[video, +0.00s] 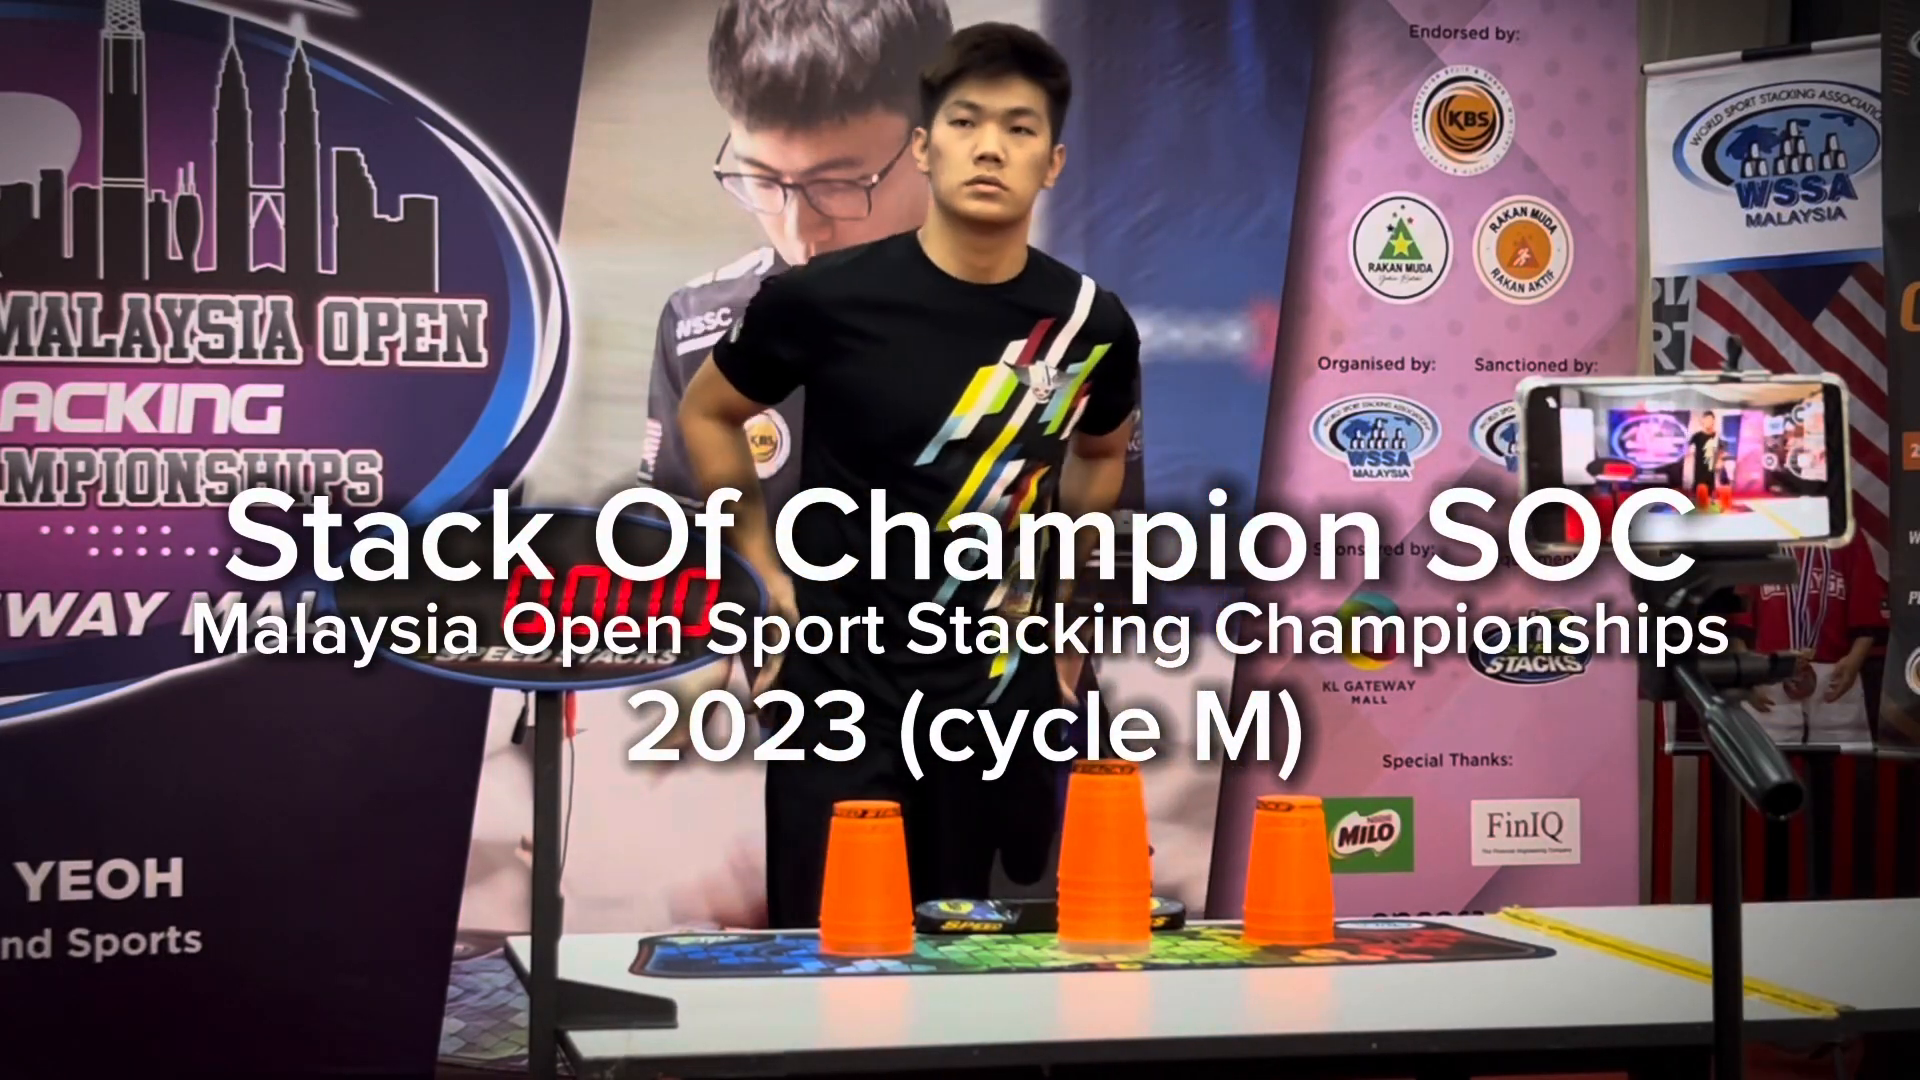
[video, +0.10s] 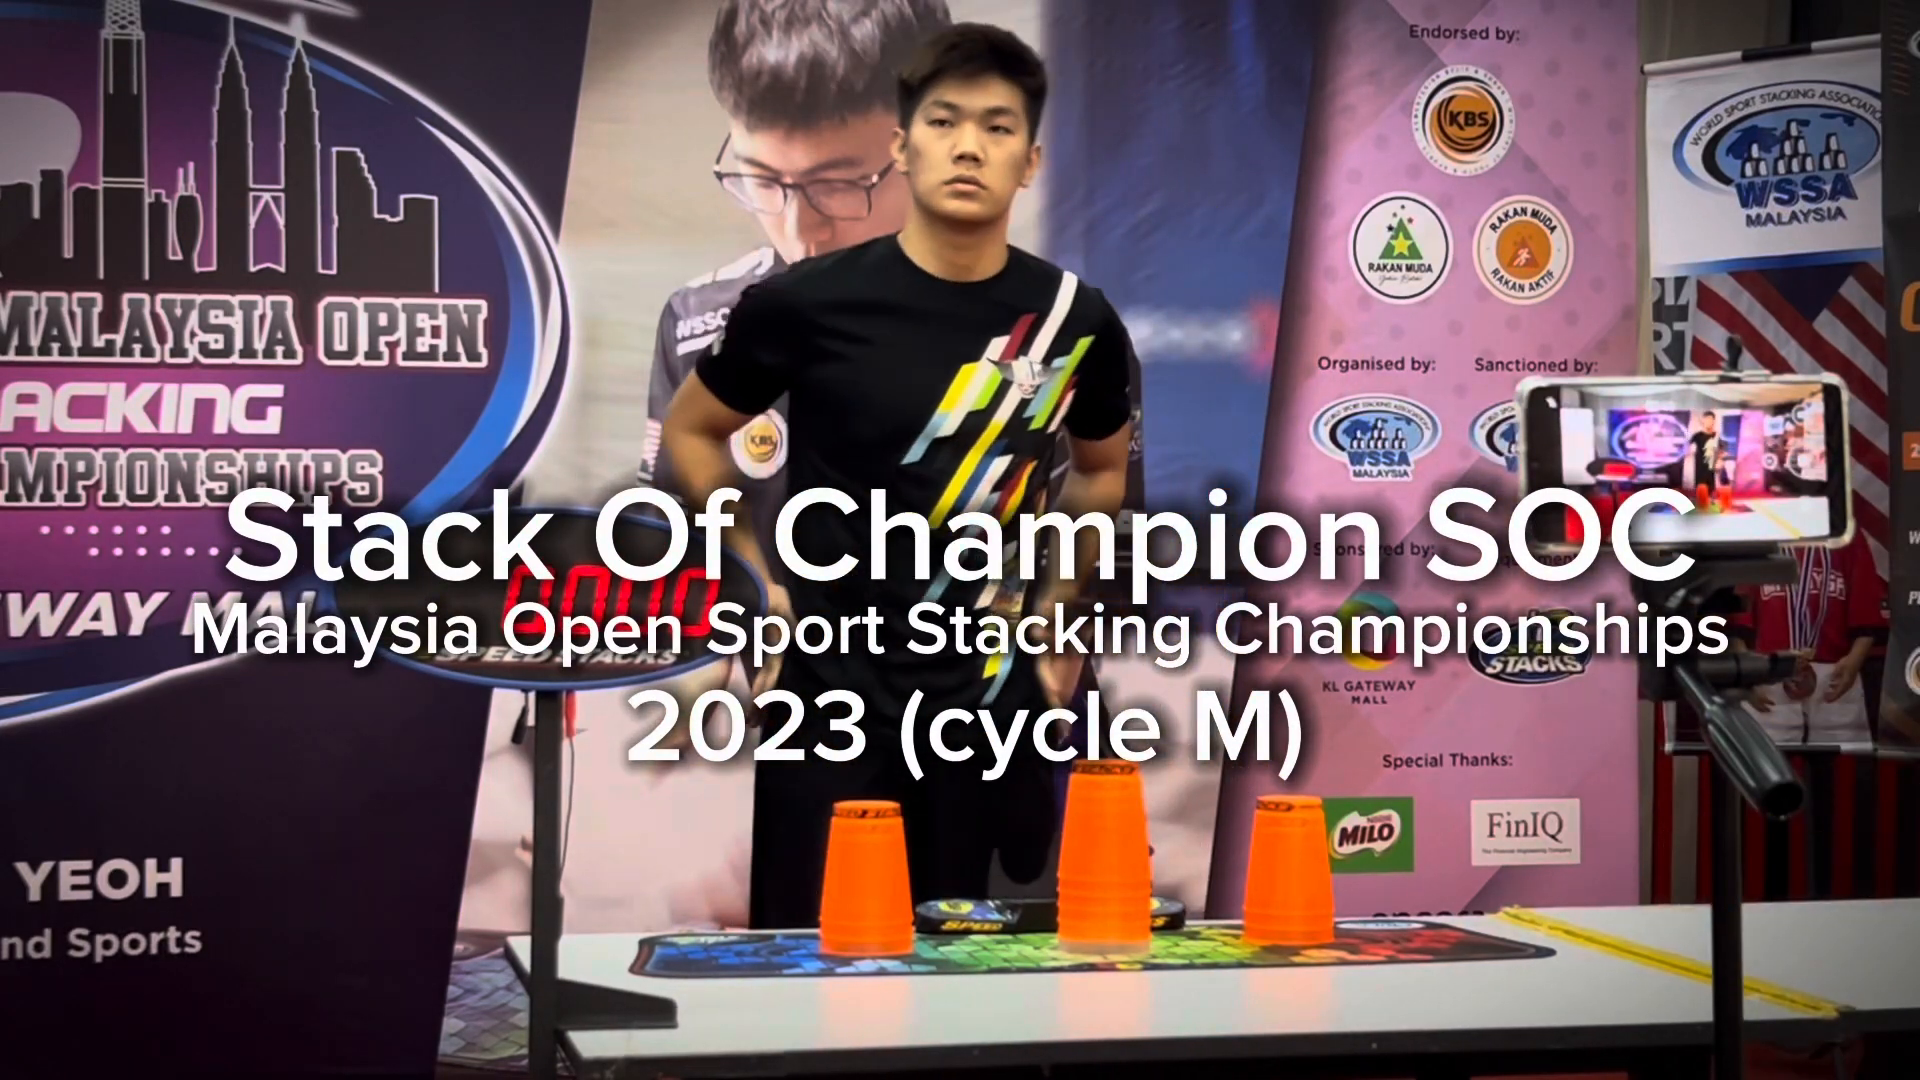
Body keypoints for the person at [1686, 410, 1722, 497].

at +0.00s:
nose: (1709, 422)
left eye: (1711, 419)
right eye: (1706, 419)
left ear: (1714, 421)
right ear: (1702, 421)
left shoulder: (1717, 438)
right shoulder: (1698, 436)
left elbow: (1721, 452)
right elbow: (1687, 446)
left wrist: (1719, 462)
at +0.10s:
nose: (1709, 422)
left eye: (1711, 419)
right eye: (1707, 419)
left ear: (1714, 421)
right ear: (1702, 421)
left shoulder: (1716, 437)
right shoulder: (1698, 436)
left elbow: (1721, 451)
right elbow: (1688, 445)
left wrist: (1719, 461)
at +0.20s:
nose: (1708, 422)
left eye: (1710, 419)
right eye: (1706, 419)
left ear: (1713, 421)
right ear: (1702, 421)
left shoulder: (1717, 438)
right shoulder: (1698, 436)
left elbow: (1721, 452)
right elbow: (1688, 446)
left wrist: (1719, 461)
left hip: (1712, 462)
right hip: (1700, 462)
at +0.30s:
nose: (1707, 423)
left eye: (1709, 420)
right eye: (1705, 420)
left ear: (1713, 422)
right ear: (1702, 421)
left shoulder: (1716, 438)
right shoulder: (1698, 436)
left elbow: (1721, 451)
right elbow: (1688, 445)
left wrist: (1719, 461)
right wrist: (1691, 453)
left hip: (1711, 461)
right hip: (1700, 461)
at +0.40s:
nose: (1705, 424)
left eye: (1707, 421)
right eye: (1703, 421)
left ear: (1712, 423)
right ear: (1700, 422)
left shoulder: (1715, 437)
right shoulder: (1697, 437)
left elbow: (1721, 451)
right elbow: (1687, 444)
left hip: (1711, 464)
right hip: (1699, 464)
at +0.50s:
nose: (1703, 426)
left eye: (1705, 422)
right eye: (1701, 422)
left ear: (1711, 424)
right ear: (1698, 423)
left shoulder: (1714, 437)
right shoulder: (1695, 437)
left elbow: (1720, 451)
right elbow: (1687, 441)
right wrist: (1701, 434)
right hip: (1699, 469)